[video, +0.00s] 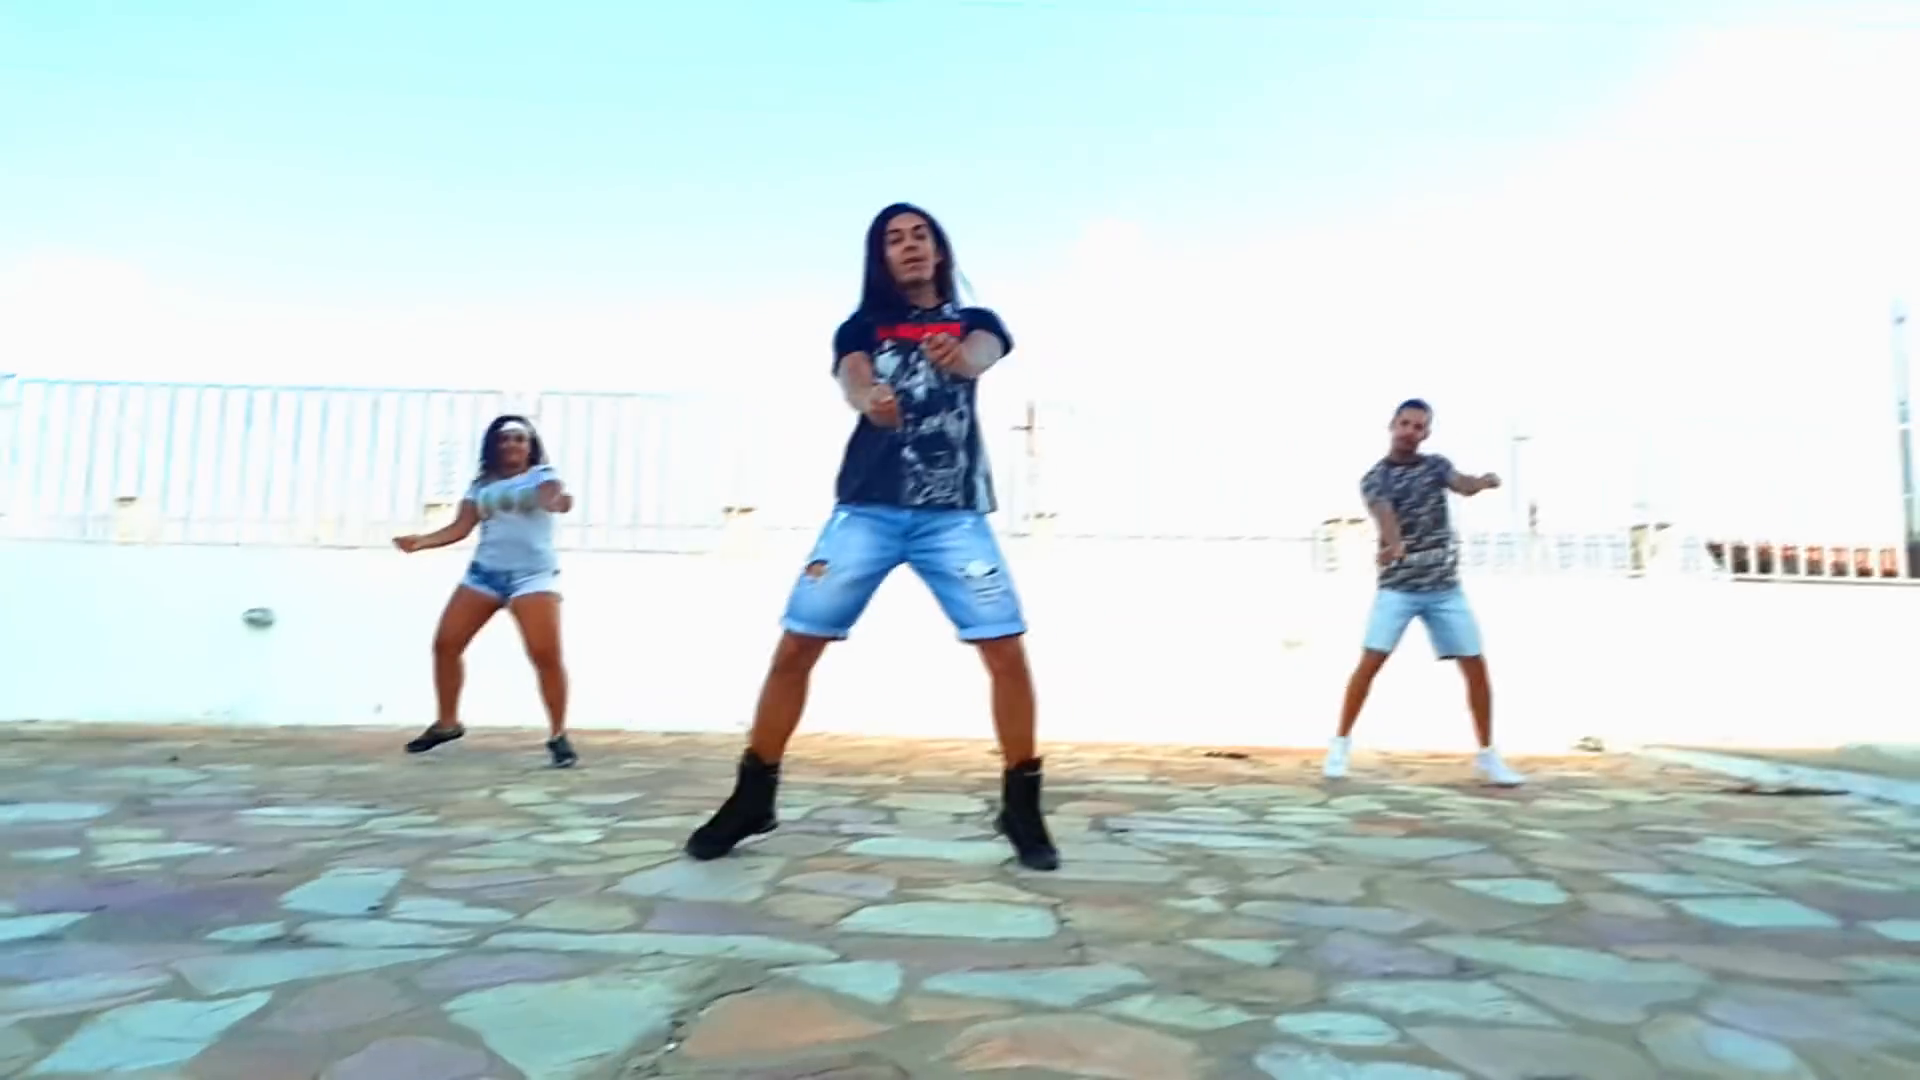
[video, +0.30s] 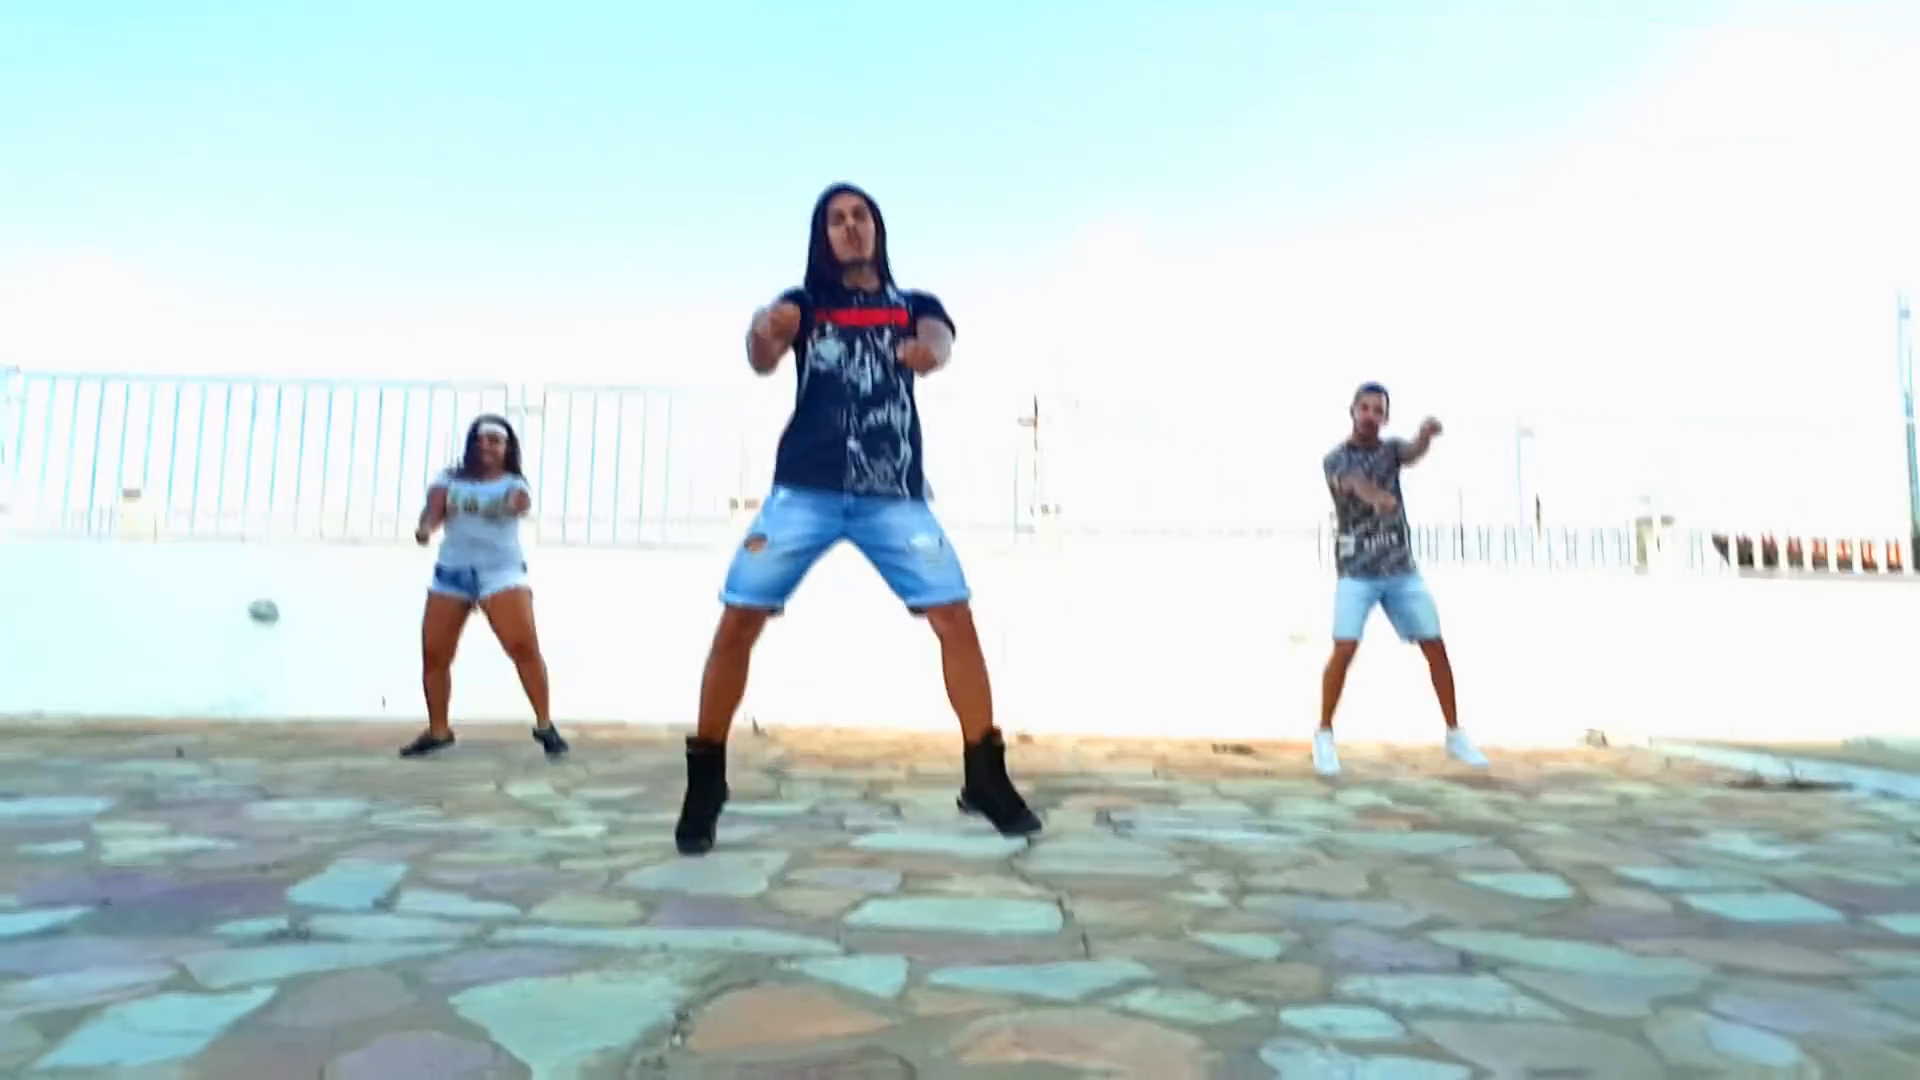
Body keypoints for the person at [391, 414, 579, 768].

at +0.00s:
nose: (512, 445)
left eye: (519, 439)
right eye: (504, 439)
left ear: (530, 446)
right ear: (493, 447)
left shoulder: (541, 476)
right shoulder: (482, 486)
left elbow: (550, 496)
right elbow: (459, 528)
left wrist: (558, 502)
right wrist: (420, 541)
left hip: (533, 576)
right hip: (484, 575)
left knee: (546, 654)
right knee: (446, 645)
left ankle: (558, 734)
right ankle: (447, 723)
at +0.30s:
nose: (489, 446)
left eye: (497, 440)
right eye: (483, 439)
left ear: (508, 448)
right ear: (472, 445)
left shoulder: (512, 483)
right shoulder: (449, 481)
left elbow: (520, 499)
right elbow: (433, 510)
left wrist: (517, 506)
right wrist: (426, 526)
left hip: (501, 570)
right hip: (453, 569)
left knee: (523, 648)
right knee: (434, 655)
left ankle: (544, 724)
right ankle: (438, 730)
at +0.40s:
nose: (468, 435)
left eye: (476, 430)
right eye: (462, 430)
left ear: (491, 436)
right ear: (454, 438)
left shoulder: (505, 467)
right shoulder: (442, 472)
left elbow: (507, 482)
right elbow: (422, 505)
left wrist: (502, 488)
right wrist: (390, 522)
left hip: (487, 565)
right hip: (437, 564)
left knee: (497, 643)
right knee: (419, 646)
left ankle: (507, 725)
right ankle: (419, 723)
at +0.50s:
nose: (453, 439)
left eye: (461, 434)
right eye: (446, 434)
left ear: (477, 441)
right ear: (439, 443)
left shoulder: (491, 472)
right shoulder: (428, 481)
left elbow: (493, 485)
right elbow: (414, 516)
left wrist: (483, 490)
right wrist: (389, 530)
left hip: (474, 570)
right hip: (425, 567)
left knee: (475, 656)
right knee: (399, 648)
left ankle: (477, 738)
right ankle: (383, 724)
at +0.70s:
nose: (429, 461)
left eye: (438, 456)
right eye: (423, 456)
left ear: (452, 466)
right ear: (414, 464)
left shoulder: (457, 500)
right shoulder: (393, 494)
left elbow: (456, 525)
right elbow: (375, 523)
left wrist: (453, 516)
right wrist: (372, 539)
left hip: (439, 584)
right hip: (391, 586)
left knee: (449, 659)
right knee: (356, 663)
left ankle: (473, 740)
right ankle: (358, 742)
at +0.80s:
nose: (414, 444)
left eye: (423, 440)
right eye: (409, 439)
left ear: (437, 451)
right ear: (400, 447)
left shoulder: (440, 486)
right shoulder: (378, 478)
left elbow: (441, 505)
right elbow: (355, 507)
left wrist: (439, 505)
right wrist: (331, 520)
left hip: (419, 572)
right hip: (372, 570)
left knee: (432, 650)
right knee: (351, 654)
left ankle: (448, 731)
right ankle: (352, 733)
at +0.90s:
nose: (398, 433)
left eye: (406, 428)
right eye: (391, 429)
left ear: (422, 438)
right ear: (382, 438)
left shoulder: (432, 471)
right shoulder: (368, 471)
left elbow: (431, 487)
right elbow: (350, 504)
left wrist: (421, 490)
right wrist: (326, 514)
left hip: (409, 563)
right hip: (362, 561)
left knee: (408, 647)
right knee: (336, 643)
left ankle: (410, 730)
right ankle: (335, 724)